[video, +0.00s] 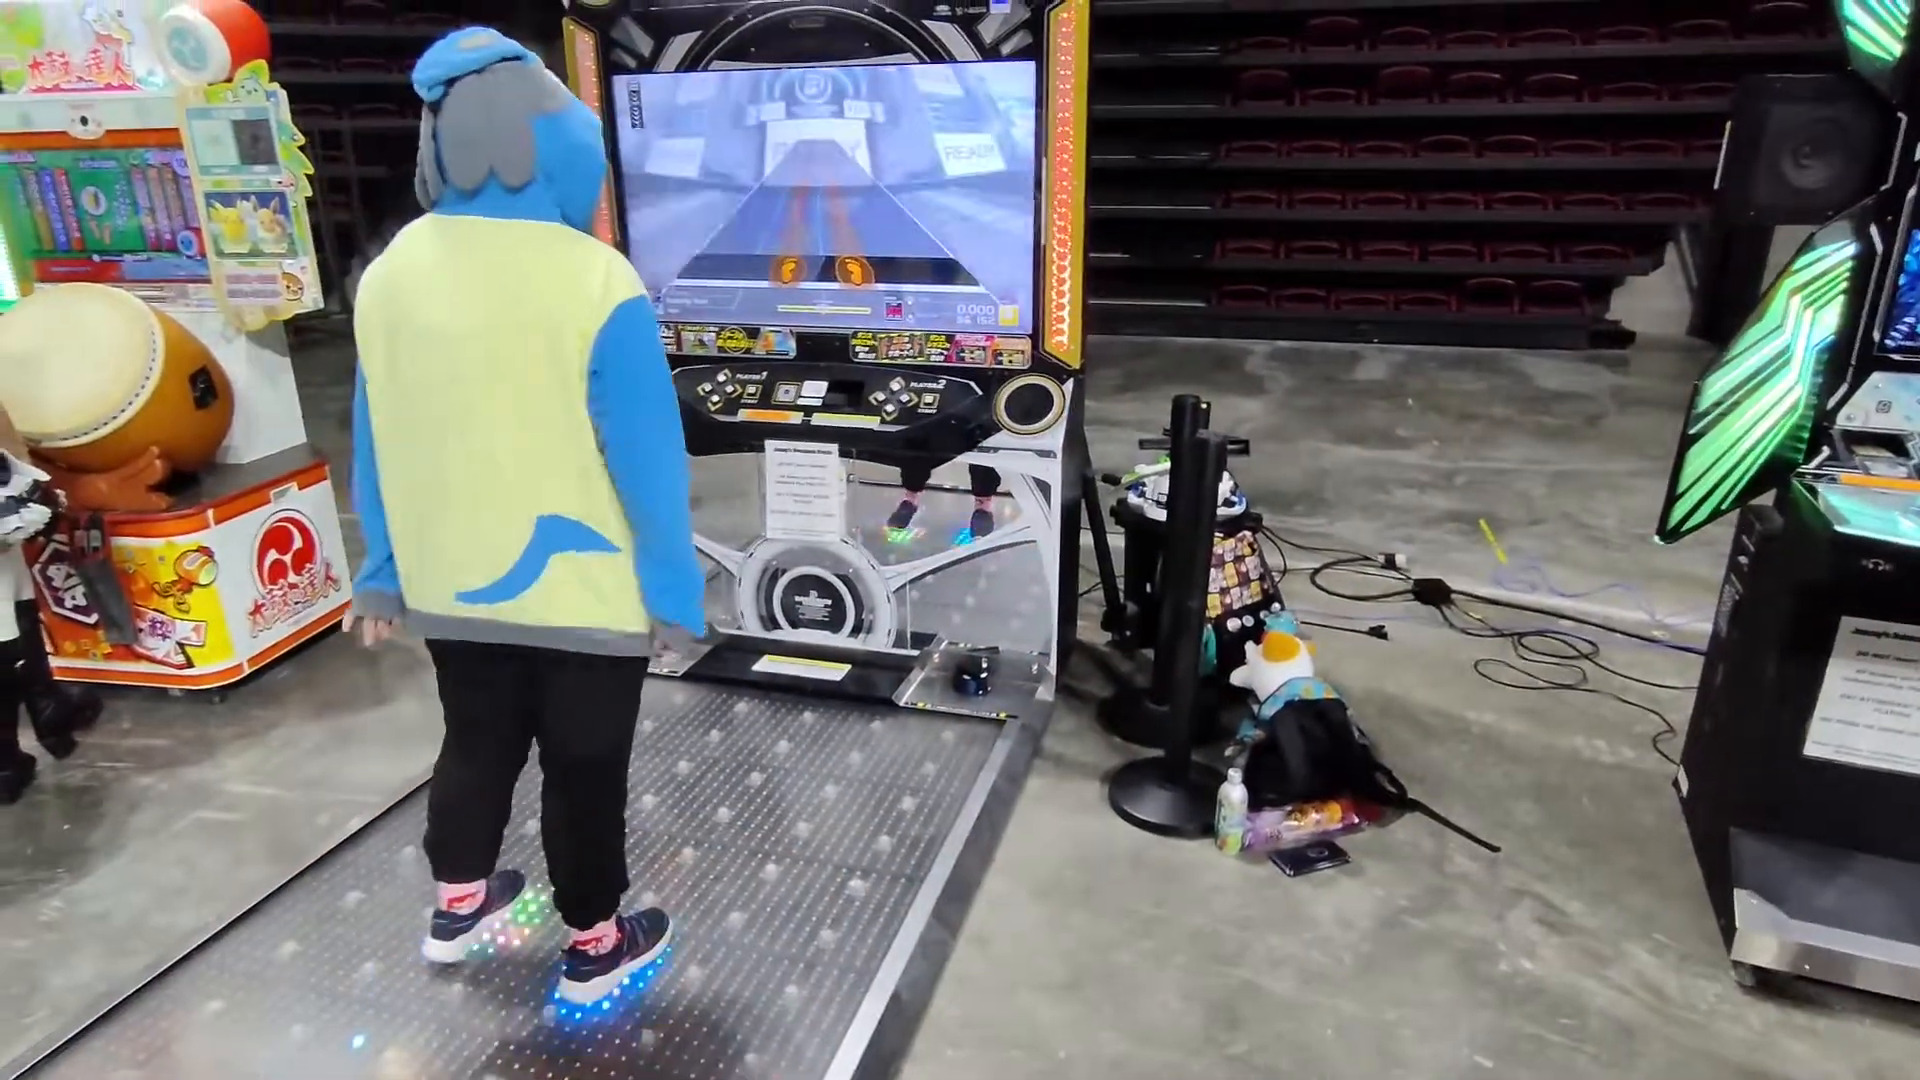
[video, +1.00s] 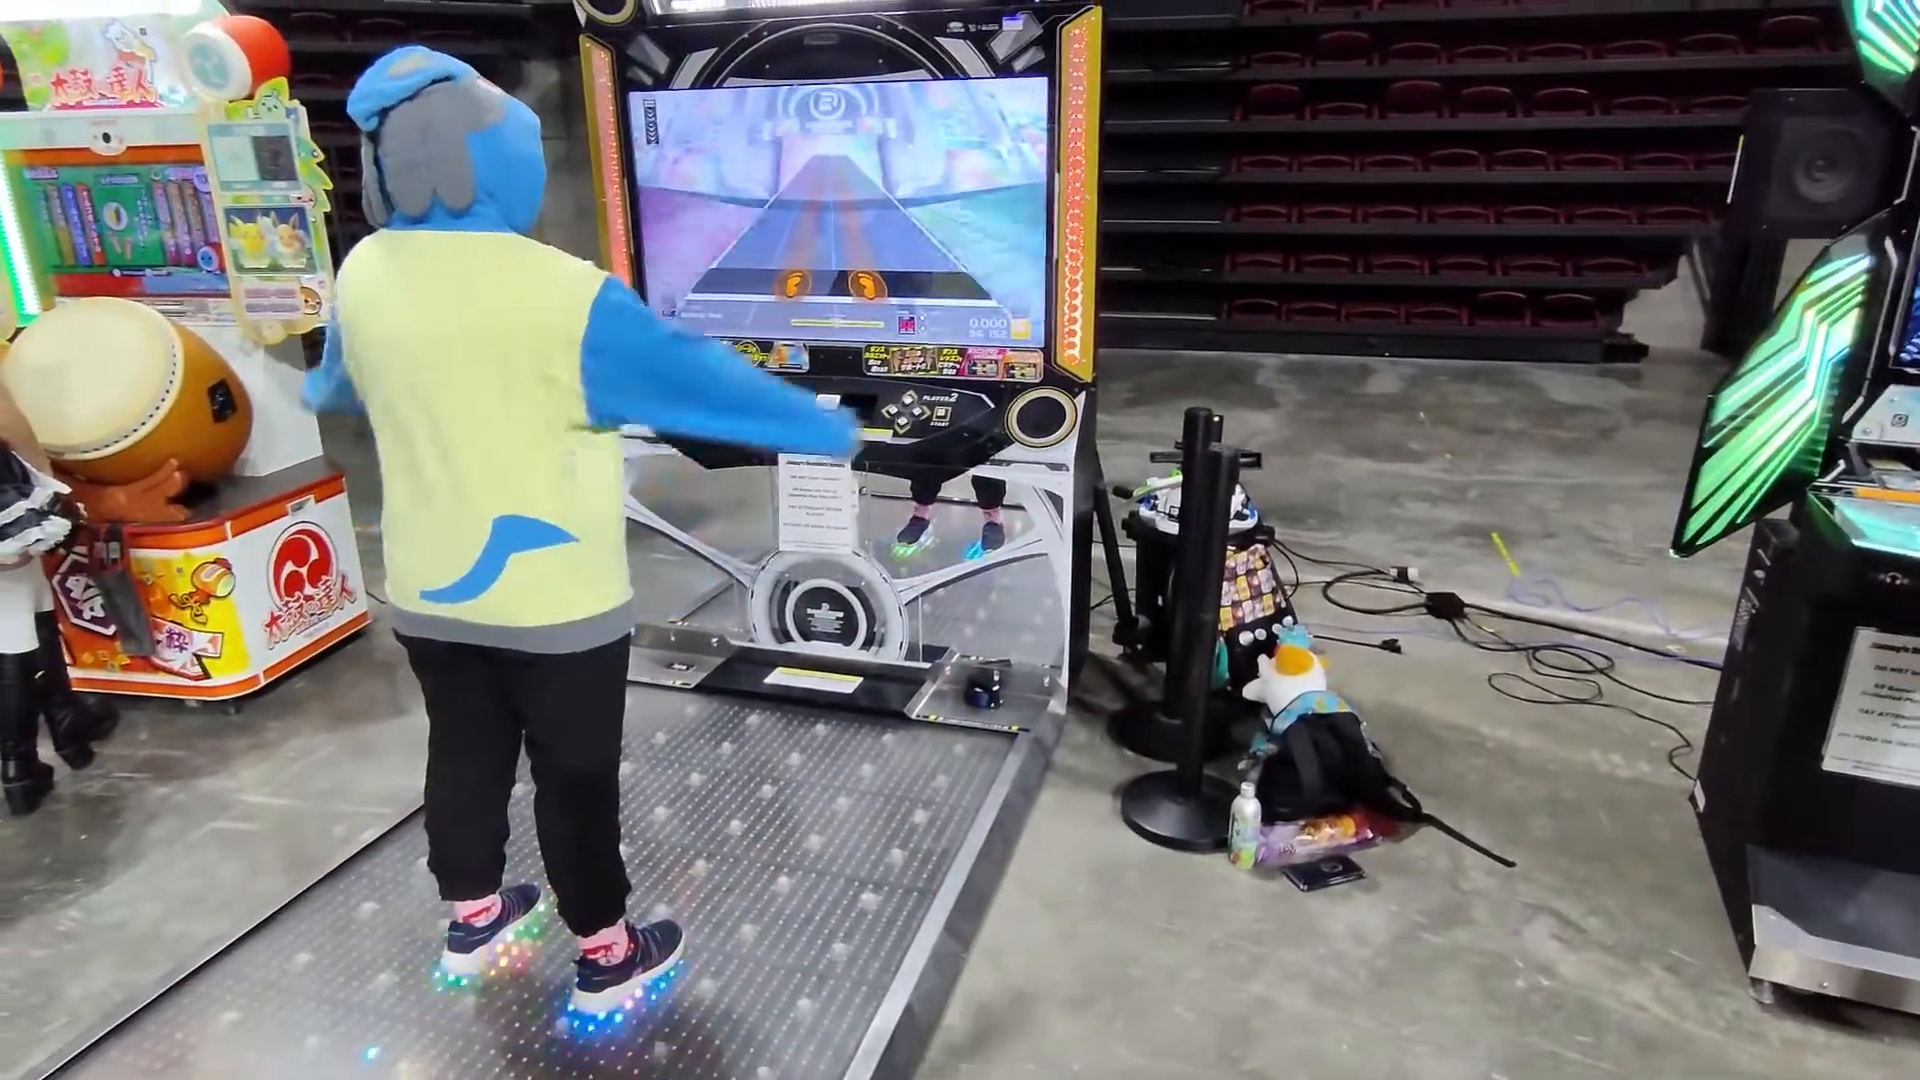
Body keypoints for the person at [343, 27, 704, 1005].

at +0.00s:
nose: (602, 184)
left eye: (598, 162)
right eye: (592, 163)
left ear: (459, 163)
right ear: (554, 165)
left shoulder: (392, 273)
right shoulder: (595, 280)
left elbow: (374, 439)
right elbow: (647, 457)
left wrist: (380, 567)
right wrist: (675, 590)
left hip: (451, 584)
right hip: (583, 589)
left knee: (478, 741)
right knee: (585, 768)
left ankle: (460, 905)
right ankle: (596, 944)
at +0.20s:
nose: (582, 168)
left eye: (573, 146)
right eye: (569, 148)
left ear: (439, 159)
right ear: (542, 158)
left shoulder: (375, 277)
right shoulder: (580, 283)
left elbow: (353, 429)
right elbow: (644, 451)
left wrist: (371, 541)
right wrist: (673, 578)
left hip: (444, 590)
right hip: (577, 594)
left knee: (468, 751)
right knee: (582, 771)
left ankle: (466, 907)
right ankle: (597, 937)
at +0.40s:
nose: (554, 167)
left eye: (543, 147)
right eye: (541, 149)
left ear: (419, 167)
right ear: (520, 161)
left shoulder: (363, 279)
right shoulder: (561, 286)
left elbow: (337, 430)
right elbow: (640, 448)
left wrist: (365, 534)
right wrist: (669, 563)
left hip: (432, 596)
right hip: (565, 601)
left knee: (462, 749)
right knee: (575, 772)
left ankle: (467, 905)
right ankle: (599, 938)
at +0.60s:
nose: (530, 167)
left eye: (521, 148)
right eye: (518, 150)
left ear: (402, 169)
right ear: (496, 161)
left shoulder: (359, 275)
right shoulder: (549, 287)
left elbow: (360, 436)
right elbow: (615, 448)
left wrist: (391, 542)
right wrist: (654, 556)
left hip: (427, 589)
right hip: (561, 594)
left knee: (459, 747)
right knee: (574, 771)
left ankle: (469, 913)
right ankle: (601, 942)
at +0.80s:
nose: (527, 161)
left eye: (515, 144)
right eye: (512, 145)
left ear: (400, 171)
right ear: (483, 161)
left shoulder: (359, 275)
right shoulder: (546, 289)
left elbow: (370, 407)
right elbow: (630, 438)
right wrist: (692, 541)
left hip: (425, 589)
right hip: (558, 595)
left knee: (461, 743)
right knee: (573, 768)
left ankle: (468, 911)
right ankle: (601, 942)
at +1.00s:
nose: (530, 164)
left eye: (519, 147)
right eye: (516, 149)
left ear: (401, 177)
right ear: (494, 164)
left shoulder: (365, 276)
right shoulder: (567, 295)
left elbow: (331, 388)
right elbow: (707, 384)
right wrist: (837, 430)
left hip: (431, 597)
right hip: (563, 607)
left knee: (464, 754)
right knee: (575, 777)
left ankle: (472, 916)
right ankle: (603, 949)